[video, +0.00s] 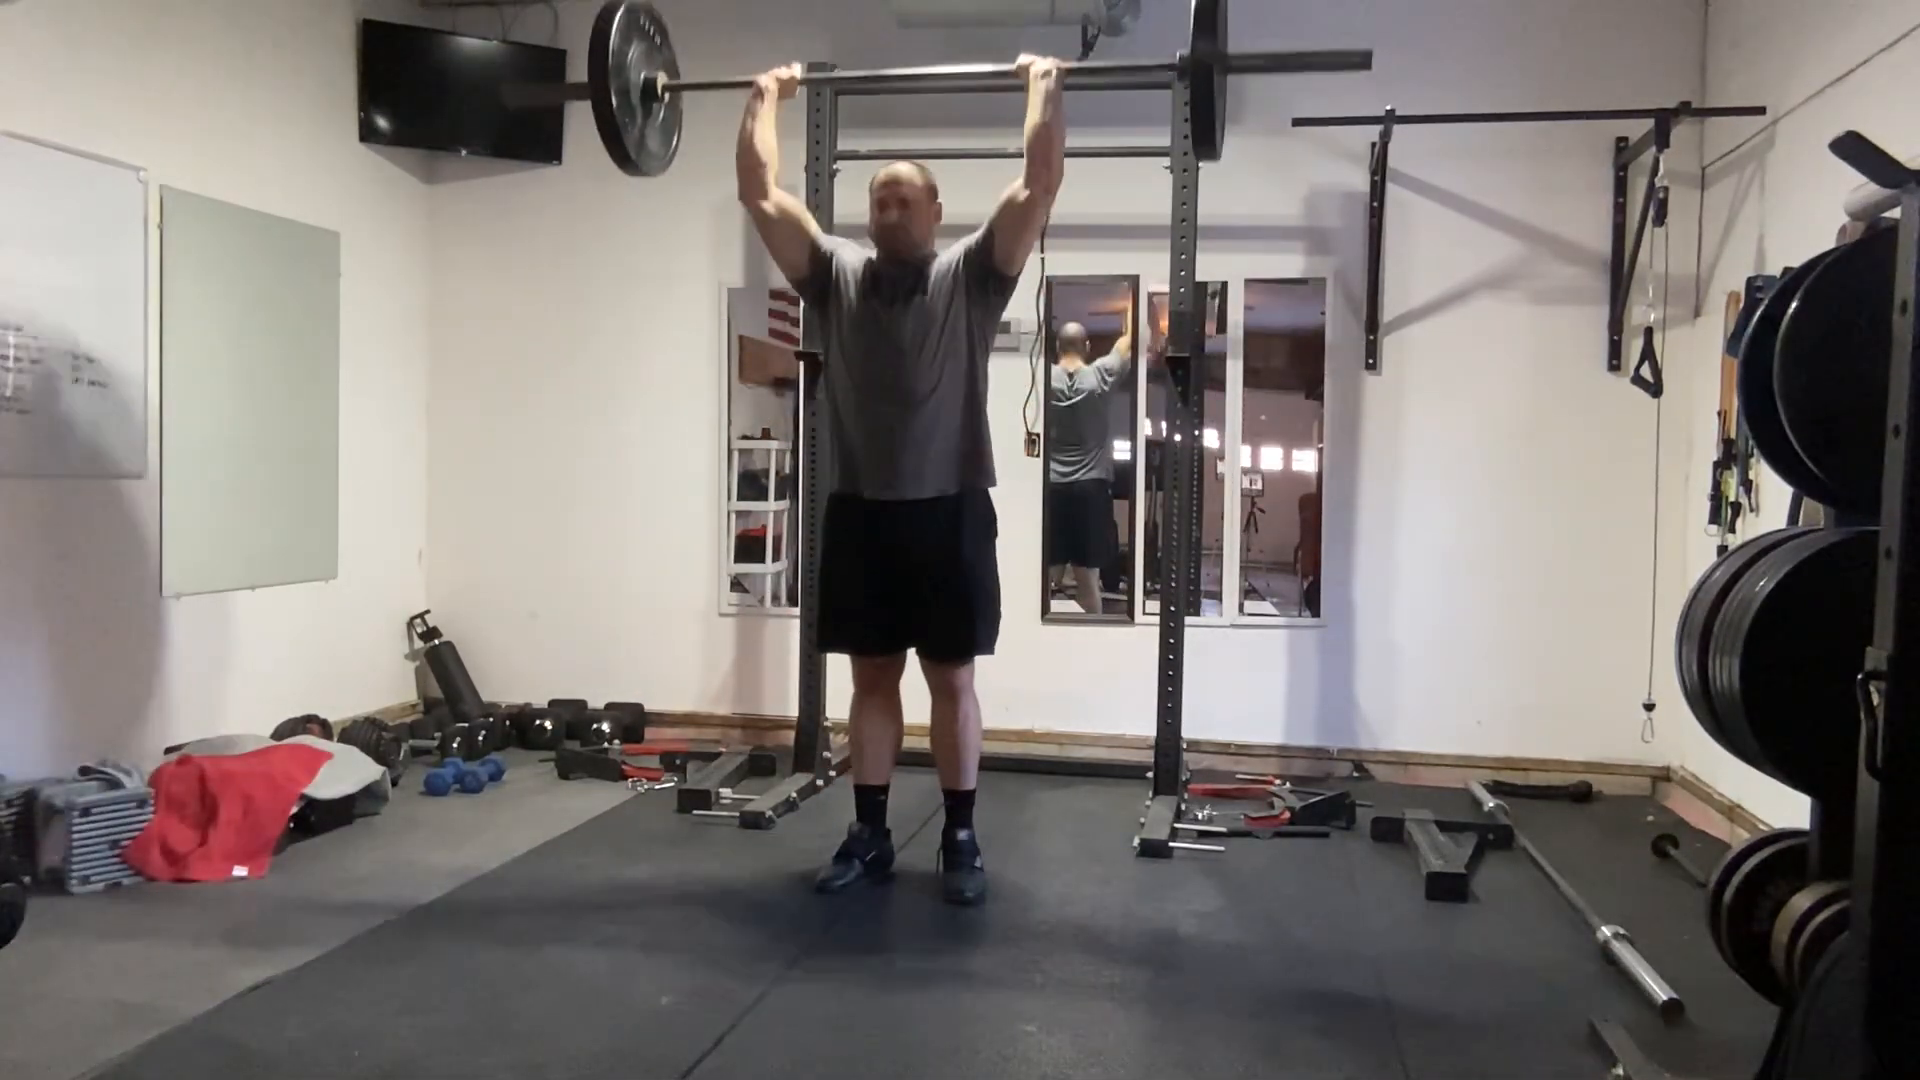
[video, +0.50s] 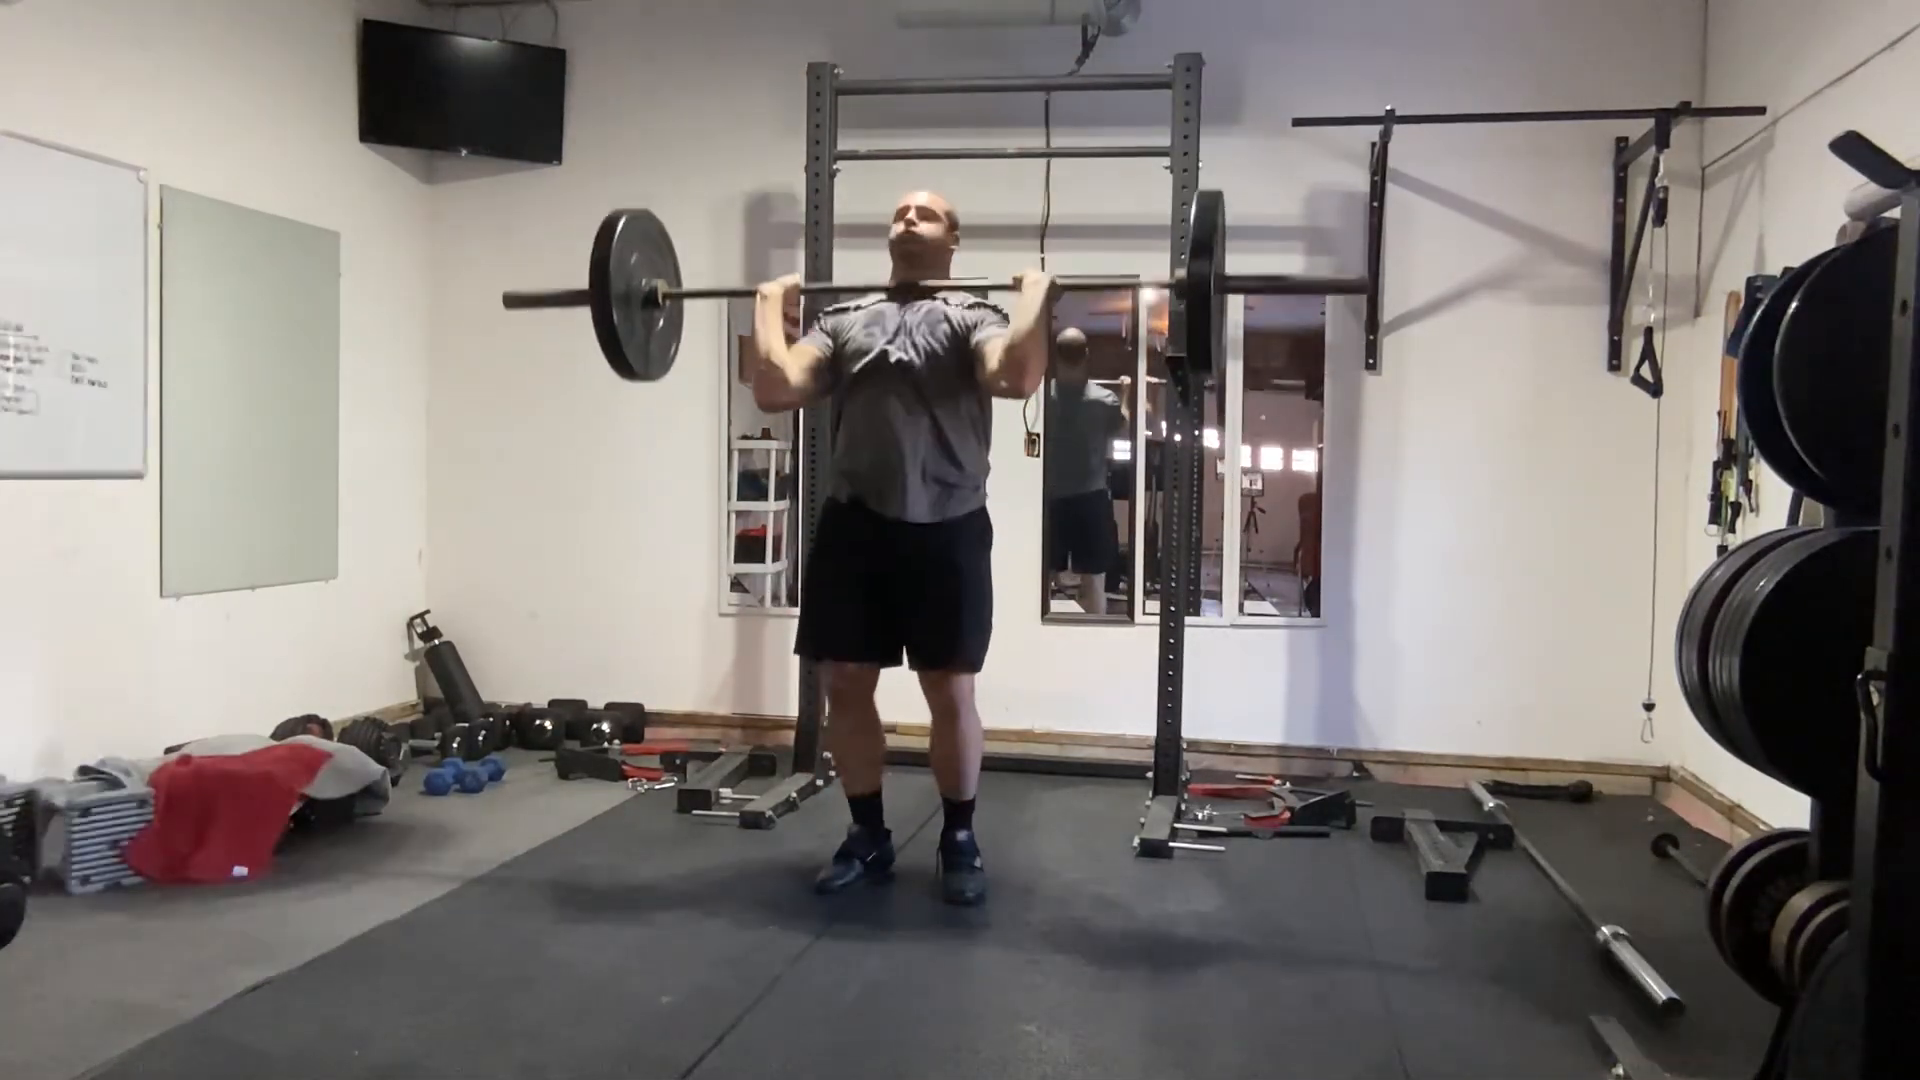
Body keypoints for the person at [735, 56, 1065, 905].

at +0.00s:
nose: (885, 204)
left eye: (901, 195)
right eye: (878, 196)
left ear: (936, 215)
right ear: (866, 216)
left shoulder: (973, 282)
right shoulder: (831, 283)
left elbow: (1038, 187)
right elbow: (760, 194)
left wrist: (1045, 84)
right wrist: (763, 93)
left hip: (949, 508)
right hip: (860, 509)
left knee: (950, 677)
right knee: (872, 675)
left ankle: (960, 839)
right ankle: (868, 839)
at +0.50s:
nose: (908, 219)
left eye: (926, 214)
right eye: (900, 213)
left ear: (954, 244)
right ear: (885, 241)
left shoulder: (972, 317)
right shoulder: (848, 320)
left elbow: (1017, 378)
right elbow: (774, 389)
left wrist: (1034, 291)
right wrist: (769, 301)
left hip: (948, 527)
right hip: (856, 524)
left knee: (950, 688)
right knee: (846, 684)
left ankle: (959, 841)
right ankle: (867, 840)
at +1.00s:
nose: (890, 254)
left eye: (902, 241)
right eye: (880, 242)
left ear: (934, 249)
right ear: (867, 252)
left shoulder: (977, 331)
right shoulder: (834, 330)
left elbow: (1038, 422)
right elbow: (787, 424)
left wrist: (1032, 525)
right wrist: (765, 517)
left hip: (959, 536)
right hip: (864, 533)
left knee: (952, 676)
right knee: (859, 668)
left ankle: (944, 830)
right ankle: (856, 826)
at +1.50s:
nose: (879, 248)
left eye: (893, 237)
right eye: (870, 237)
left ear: (924, 252)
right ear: (858, 252)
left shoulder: (968, 336)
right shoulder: (821, 336)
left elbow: (1007, 441)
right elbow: (786, 440)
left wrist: (1016, 540)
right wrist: (764, 529)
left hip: (946, 541)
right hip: (847, 540)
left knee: (948, 679)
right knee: (837, 671)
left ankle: (944, 827)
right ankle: (854, 827)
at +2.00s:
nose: (862, 338)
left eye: (877, 327)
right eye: (853, 327)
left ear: (907, 338)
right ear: (839, 337)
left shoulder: (957, 419)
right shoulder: (812, 417)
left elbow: (1002, 526)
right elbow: (779, 515)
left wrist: (1012, 629)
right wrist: (759, 614)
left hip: (954, 553)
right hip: (861, 553)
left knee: (971, 679)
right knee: (825, 667)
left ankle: (945, 829)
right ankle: (852, 827)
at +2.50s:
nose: (908, 225)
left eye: (923, 221)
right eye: (900, 220)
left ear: (948, 244)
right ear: (886, 243)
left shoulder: (980, 296)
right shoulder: (849, 297)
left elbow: (1050, 347)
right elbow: (794, 352)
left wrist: (1028, 362)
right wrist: (767, 362)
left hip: (935, 473)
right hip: (852, 472)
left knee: (934, 643)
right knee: (842, 643)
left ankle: (941, 819)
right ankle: (844, 812)